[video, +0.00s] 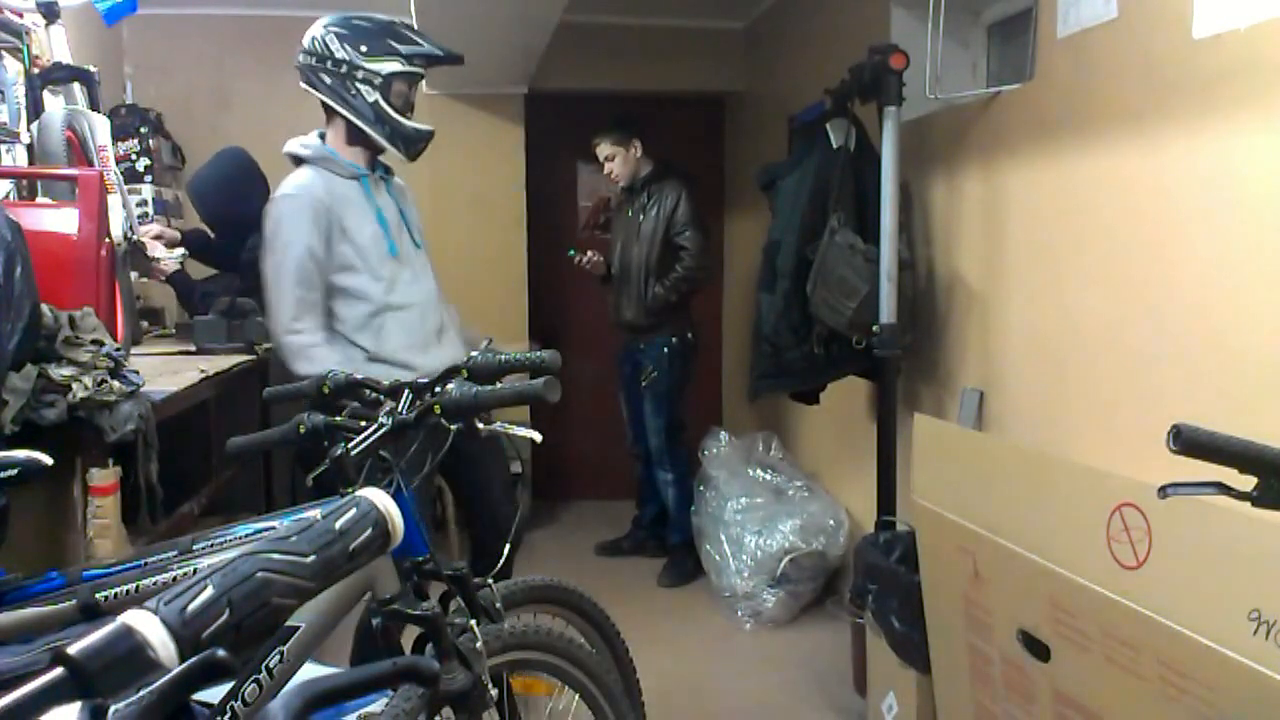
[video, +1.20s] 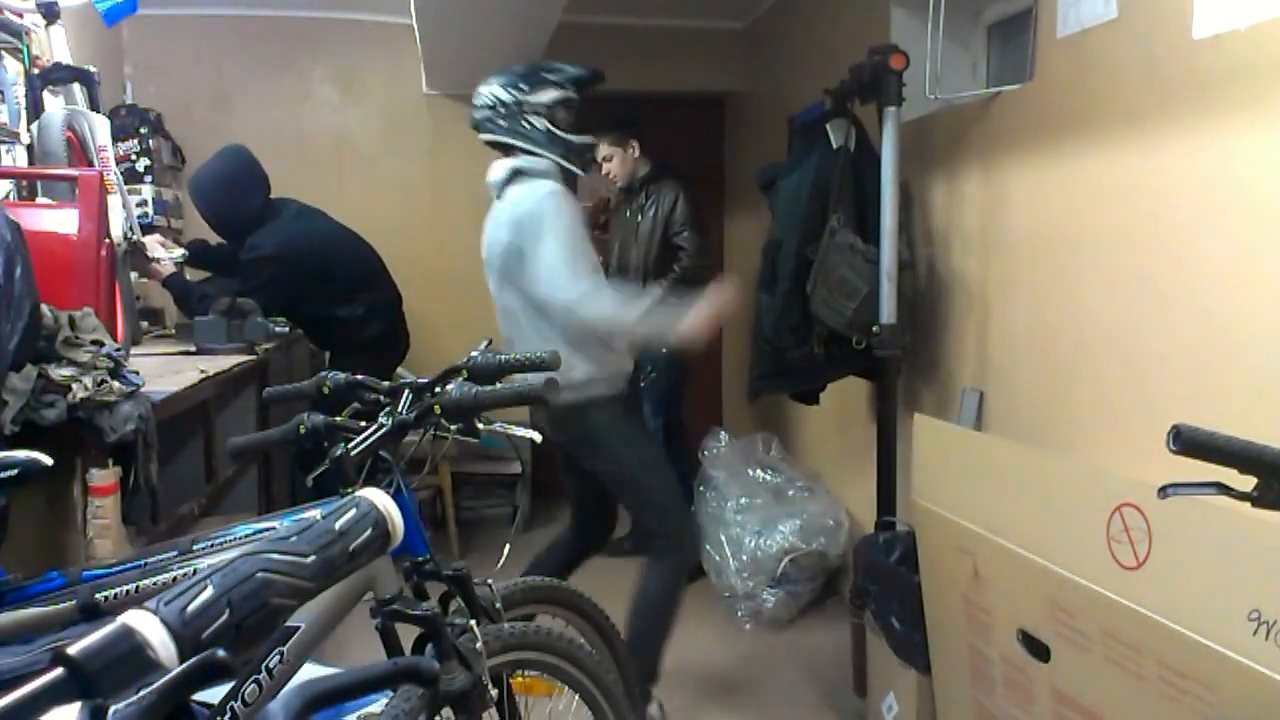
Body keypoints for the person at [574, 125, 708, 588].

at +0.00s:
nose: (606, 170)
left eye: (610, 159)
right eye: (602, 163)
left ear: (636, 151)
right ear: (611, 165)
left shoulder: (671, 193)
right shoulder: (625, 205)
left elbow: (695, 259)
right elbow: (625, 270)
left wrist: (658, 296)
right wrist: (604, 269)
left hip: (664, 336)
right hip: (632, 335)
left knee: (663, 441)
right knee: (640, 442)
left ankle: (683, 545)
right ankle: (649, 530)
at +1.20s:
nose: (605, 171)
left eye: (609, 160)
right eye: (600, 164)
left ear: (633, 151)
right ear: (605, 164)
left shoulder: (670, 194)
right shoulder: (619, 204)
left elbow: (692, 258)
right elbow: (616, 265)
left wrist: (653, 306)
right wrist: (608, 305)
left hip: (663, 330)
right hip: (624, 329)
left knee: (663, 428)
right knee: (630, 429)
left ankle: (684, 540)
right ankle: (644, 525)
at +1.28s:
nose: (592, 152)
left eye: (594, 140)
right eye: (580, 138)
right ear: (550, 140)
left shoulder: (527, 215)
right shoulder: (565, 211)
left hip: (559, 423)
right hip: (593, 426)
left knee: (592, 539)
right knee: (696, 545)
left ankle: (512, 617)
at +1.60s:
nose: (626, 106)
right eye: (616, 99)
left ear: (558, 119)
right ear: (587, 108)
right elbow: (659, 293)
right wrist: (772, 304)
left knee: (659, 521)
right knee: (722, 558)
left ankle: (577, 624)